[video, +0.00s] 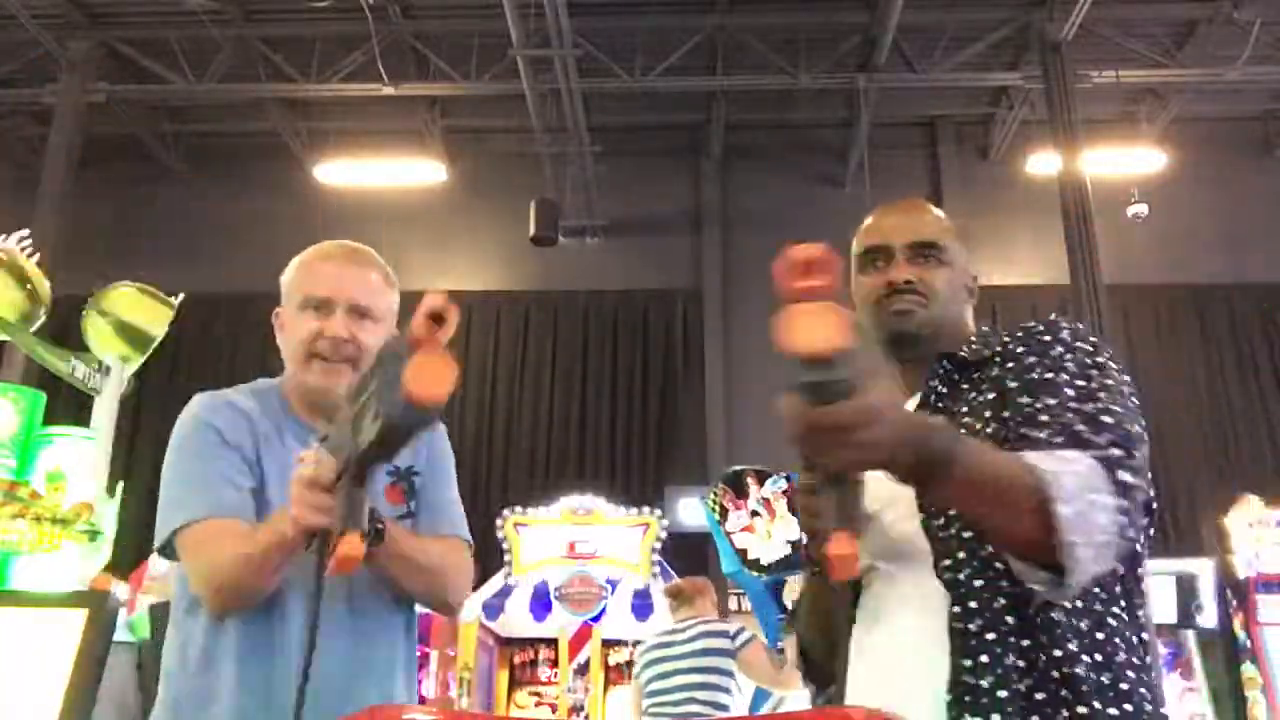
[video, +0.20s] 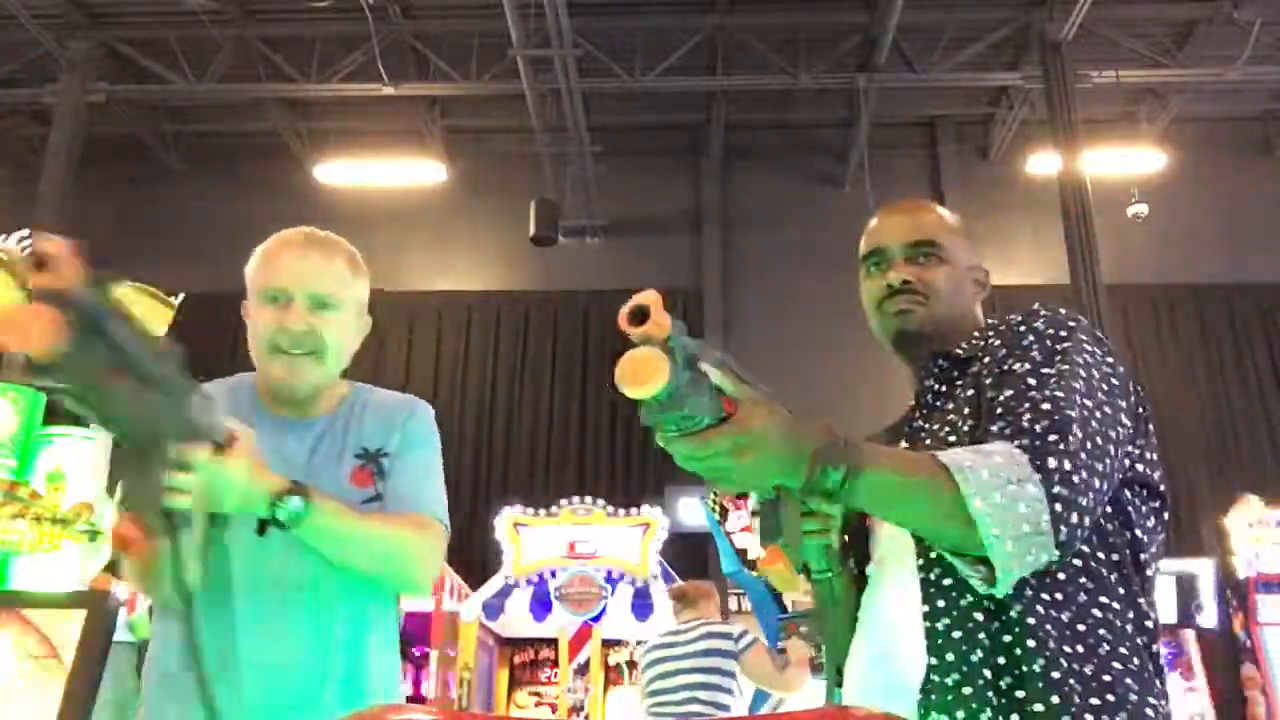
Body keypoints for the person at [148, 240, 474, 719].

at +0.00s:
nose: (338, 330)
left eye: (362, 315)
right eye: (318, 308)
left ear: (389, 337)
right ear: (280, 324)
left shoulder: (417, 436)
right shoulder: (216, 420)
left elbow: (453, 588)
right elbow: (219, 586)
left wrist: (369, 527)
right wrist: (292, 525)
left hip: (369, 711)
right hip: (222, 710)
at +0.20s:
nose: (297, 322)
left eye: (323, 305)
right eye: (276, 300)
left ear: (361, 328)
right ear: (246, 314)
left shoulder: (402, 423)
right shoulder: (190, 415)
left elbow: (419, 563)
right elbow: (166, 584)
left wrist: (269, 494)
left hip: (346, 708)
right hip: (189, 708)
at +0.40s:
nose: (282, 322)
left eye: (309, 302)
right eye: (263, 298)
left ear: (352, 322)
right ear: (235, 312)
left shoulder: (392, 422)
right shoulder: (188, 412)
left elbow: (340, 562)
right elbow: (129, 596)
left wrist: (222, 510)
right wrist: (149, 492)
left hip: (333, 710)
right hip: (190, 707)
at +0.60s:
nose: (280, 347)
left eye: (305, 323)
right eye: (261, 324)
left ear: (356, 331)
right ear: (239, 331)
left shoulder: (408, 431)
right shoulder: (200, 421)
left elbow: (383, 574)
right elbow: (138, 578)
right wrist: (168, 476)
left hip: (344, 712)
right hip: (194, 710)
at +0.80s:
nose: (309, 347)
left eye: (333, 324)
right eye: (289, 325)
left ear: (377, 338)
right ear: (265, 336)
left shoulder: (431, 448)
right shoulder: (221, 426)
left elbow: (477, 597)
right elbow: (157, 561)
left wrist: (430, 658)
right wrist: (185, 445)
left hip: (366, 708)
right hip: (218, 705)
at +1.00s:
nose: (270, 322)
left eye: (295, 299)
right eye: (248, 299)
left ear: (343, 314)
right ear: (222, 312)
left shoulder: (397, 429)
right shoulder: (178, 413)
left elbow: (417, 595)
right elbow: (116, 560)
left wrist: (353, 630)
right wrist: (134, 457)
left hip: (328, 708)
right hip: (172, 703)